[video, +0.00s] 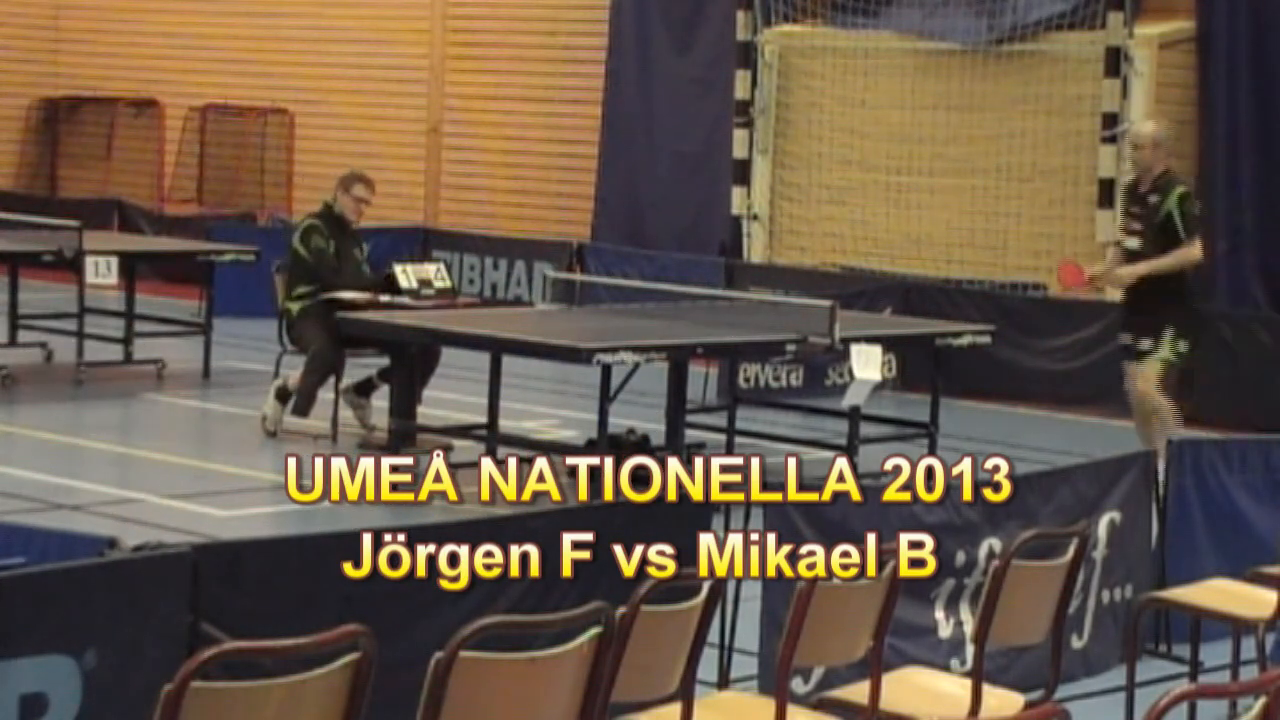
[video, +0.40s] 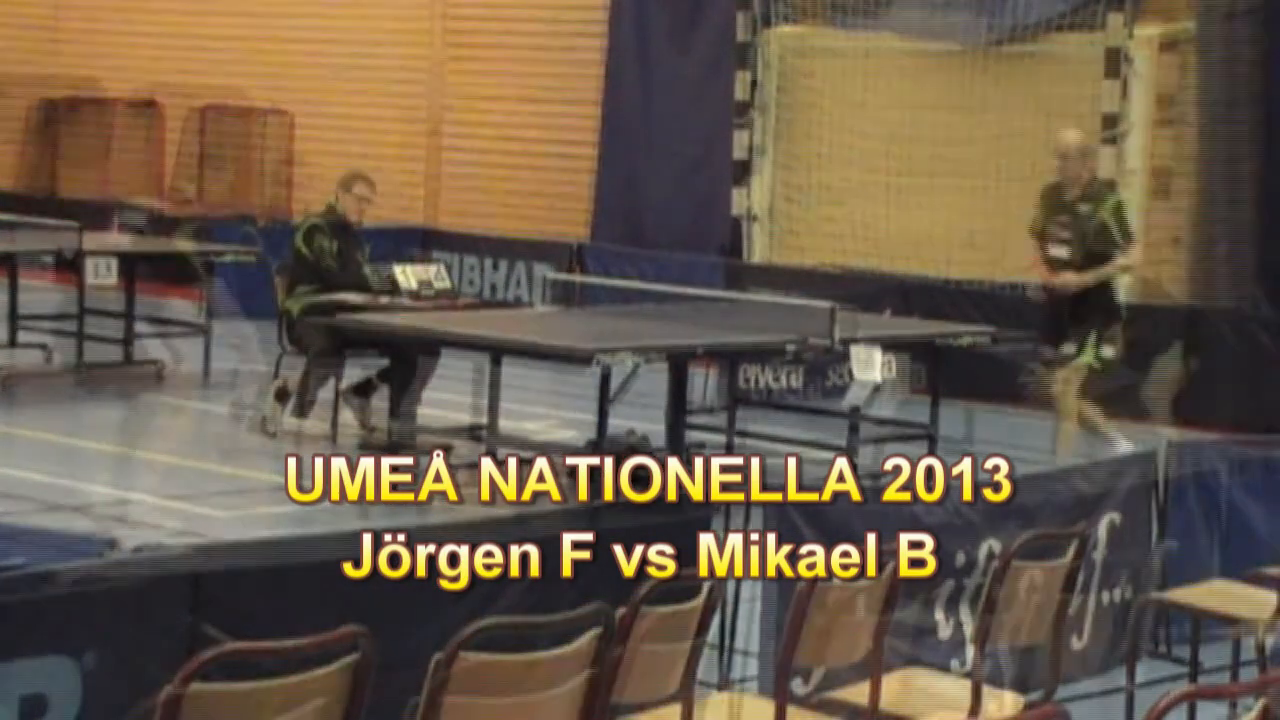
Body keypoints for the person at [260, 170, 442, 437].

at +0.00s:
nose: (362, 210)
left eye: (366, 204)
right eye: (357, 201)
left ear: (368, 205)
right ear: (339, 194)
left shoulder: (354, 238)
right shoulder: (312, 228)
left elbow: (363, 282)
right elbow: (334, 277)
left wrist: (398, 280)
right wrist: (377, 283)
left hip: (350, 313)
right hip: (310, 312)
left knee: (425, 350)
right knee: (328, 354)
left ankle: (361, 391)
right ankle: (283, 392)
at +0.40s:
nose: (363, 208)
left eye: (367, 202)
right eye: (358, 199)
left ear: (370, 204)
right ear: (340, 195)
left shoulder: (355, 238)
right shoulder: (313, 229)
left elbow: (365, 281)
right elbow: (334, 276)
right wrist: (371, 286)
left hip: (350, 318)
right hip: (310, 316)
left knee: (419, 350)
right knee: (328, 349)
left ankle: (362, 391)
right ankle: (299, 395)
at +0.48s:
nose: (302, 196)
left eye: (309, 189)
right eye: (296, 188)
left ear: (317, 192)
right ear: (284, 190)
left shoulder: (321, 234)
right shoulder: (264, 236)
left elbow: (345, 278)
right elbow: (257, 296)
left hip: (329, 323)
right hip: (281, 324)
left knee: (409, 355)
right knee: (306, 356)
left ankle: (343, 402)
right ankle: (275, 403)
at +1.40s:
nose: (318, 200)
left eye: (324, 193)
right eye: (311, 193)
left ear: (332, 197)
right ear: (299, 195)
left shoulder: (340, 241)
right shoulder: (283, 237)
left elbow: (357, 290)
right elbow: (275, 300)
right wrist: (320, 315)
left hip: (340, 324)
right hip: (298, 324)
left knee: (417, 358)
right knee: (313, 359)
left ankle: (354, 401)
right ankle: (272, 423)